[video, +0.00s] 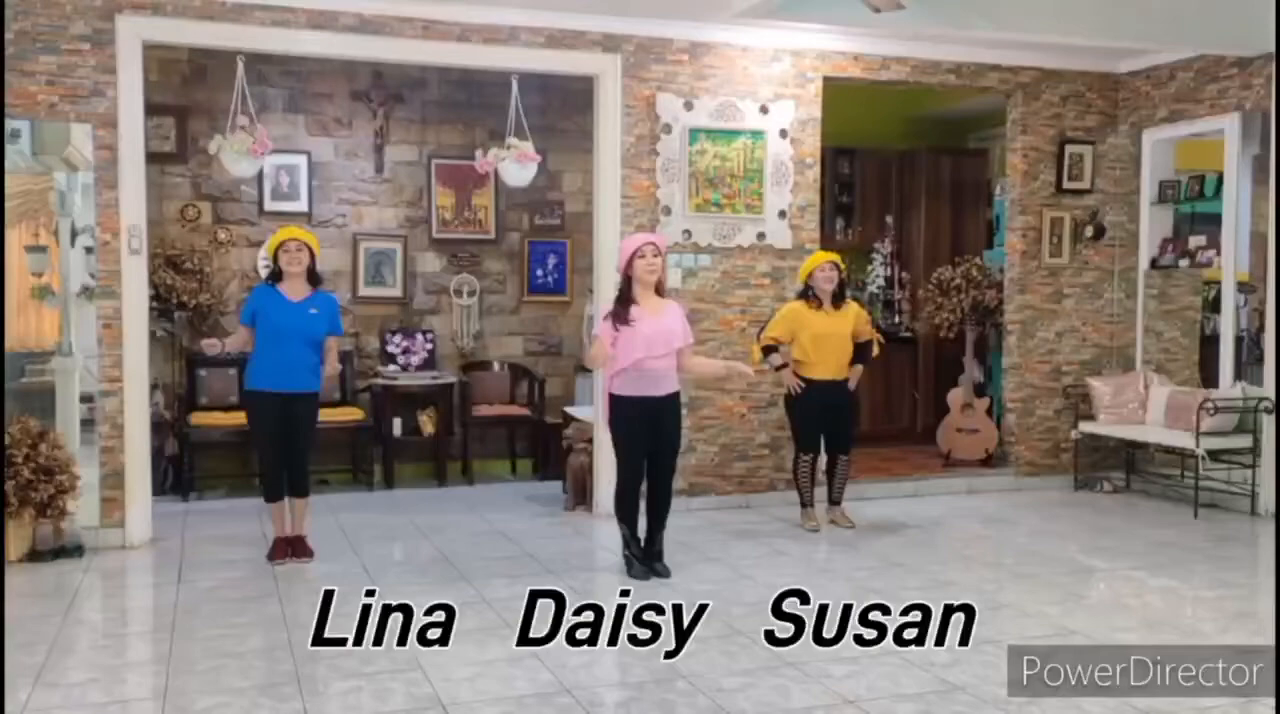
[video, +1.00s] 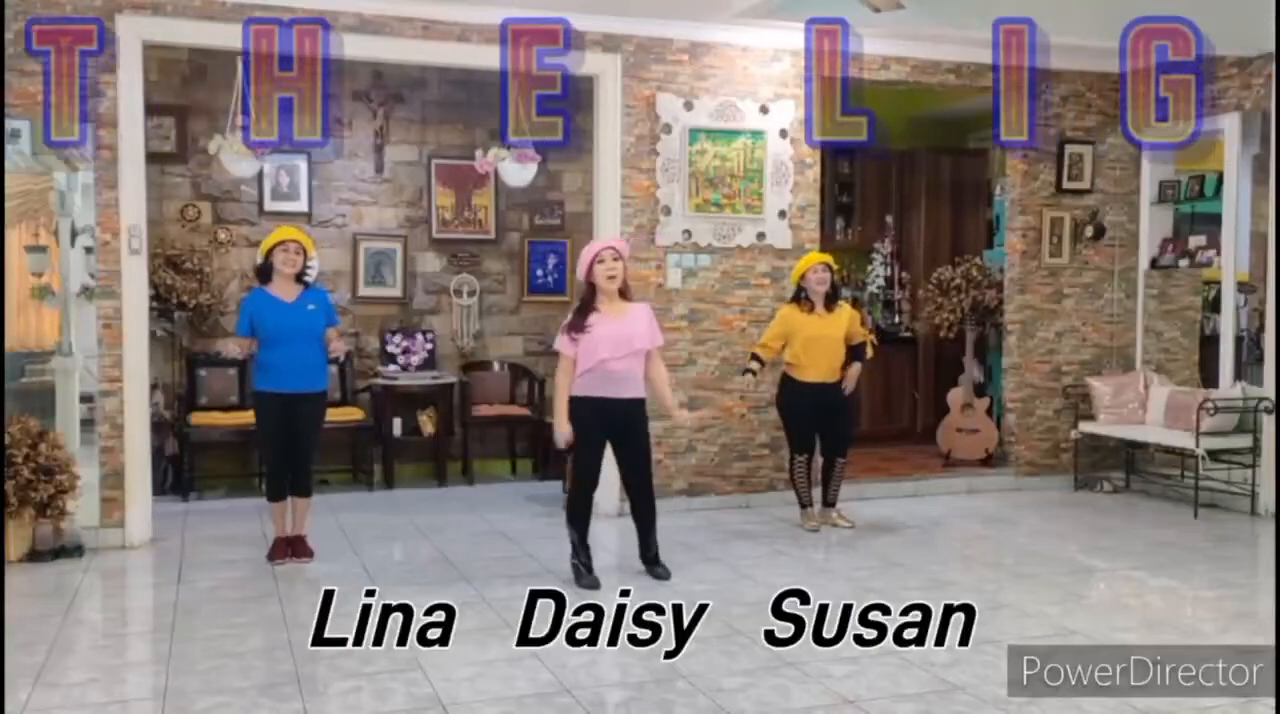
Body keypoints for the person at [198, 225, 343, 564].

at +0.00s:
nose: (293, 255)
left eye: (299, 250)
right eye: (286, 251)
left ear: (310, 257)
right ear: (277, 259)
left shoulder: (325, 301)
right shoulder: (261, 295)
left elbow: (331, 348)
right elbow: (245, 338)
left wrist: (331, 364)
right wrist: (223, 345)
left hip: (304, 391)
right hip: (263, 390)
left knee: (298, 460)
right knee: (270, 462)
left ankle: (299, 535)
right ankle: (281, 536)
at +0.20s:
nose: (291, 258)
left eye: (298, 252)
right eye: (284, 252)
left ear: (309, 259)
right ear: (274, 260)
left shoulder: (325, 301)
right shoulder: (260, 298)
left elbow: (334, 344)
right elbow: (247, 343)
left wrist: (331, 363)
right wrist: (225, 351)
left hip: (304, 392)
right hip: (262, 391)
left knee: (298, 461)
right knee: (270, 463)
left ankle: (299, 535)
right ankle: (281, 536)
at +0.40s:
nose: (291, 256)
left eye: (298, 251)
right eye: (285, 250)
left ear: (308, 259)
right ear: (273, 258)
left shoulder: (323, 299)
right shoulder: (259, 298)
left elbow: (334, 339)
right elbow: (246, 340)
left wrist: (335, 359)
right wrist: (236, 363)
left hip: (305, 391)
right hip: (265, 390)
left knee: (299, 460)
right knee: (271, 462)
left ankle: (299, 535)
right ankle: (280, 536)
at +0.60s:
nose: (291, 255)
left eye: (298, 250)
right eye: (284, 249)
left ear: (306, 259)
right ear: (272, 256)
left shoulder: (321, 297)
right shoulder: (257, 298)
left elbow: (334, 336)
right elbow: (245, 338)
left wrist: (342, 350)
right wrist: (245, 364)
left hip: (308, 391)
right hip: (268, 390)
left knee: (301, 461)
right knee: (274, 461)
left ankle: (299, 535)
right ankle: (281, 536)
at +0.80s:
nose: (290, 257)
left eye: (297, 252)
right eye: (284, 250)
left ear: (305, 260)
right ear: (270, 257)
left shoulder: (319, 297)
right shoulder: (254, 300)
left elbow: (333, 336)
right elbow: (245, 341)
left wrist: (342, 350)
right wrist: (246, 361)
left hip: (310, 391)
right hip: (269, 391)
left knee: (302, 461)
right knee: (275, 461)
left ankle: (299, 535)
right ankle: (281, 536)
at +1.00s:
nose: (291, 257)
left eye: (297, 252)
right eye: (284, 251)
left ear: (304, 261)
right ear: (271, 257)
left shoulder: (318, 297)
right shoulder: (254, 300)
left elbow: (333, 337)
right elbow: (248, 343)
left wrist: (337, 345)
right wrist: (236, 346)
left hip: (311, 390)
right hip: (270, 391)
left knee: (302, 461)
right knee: (275, 462)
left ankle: (298, 535)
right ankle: (280, 536)